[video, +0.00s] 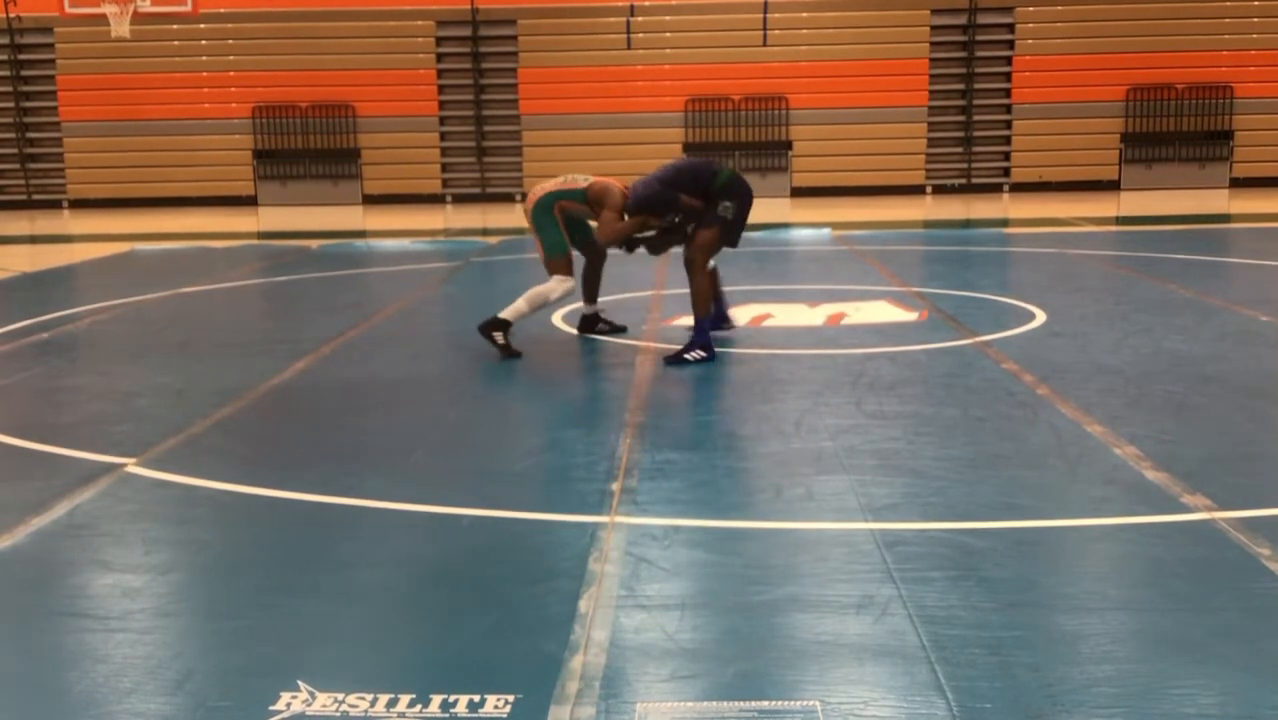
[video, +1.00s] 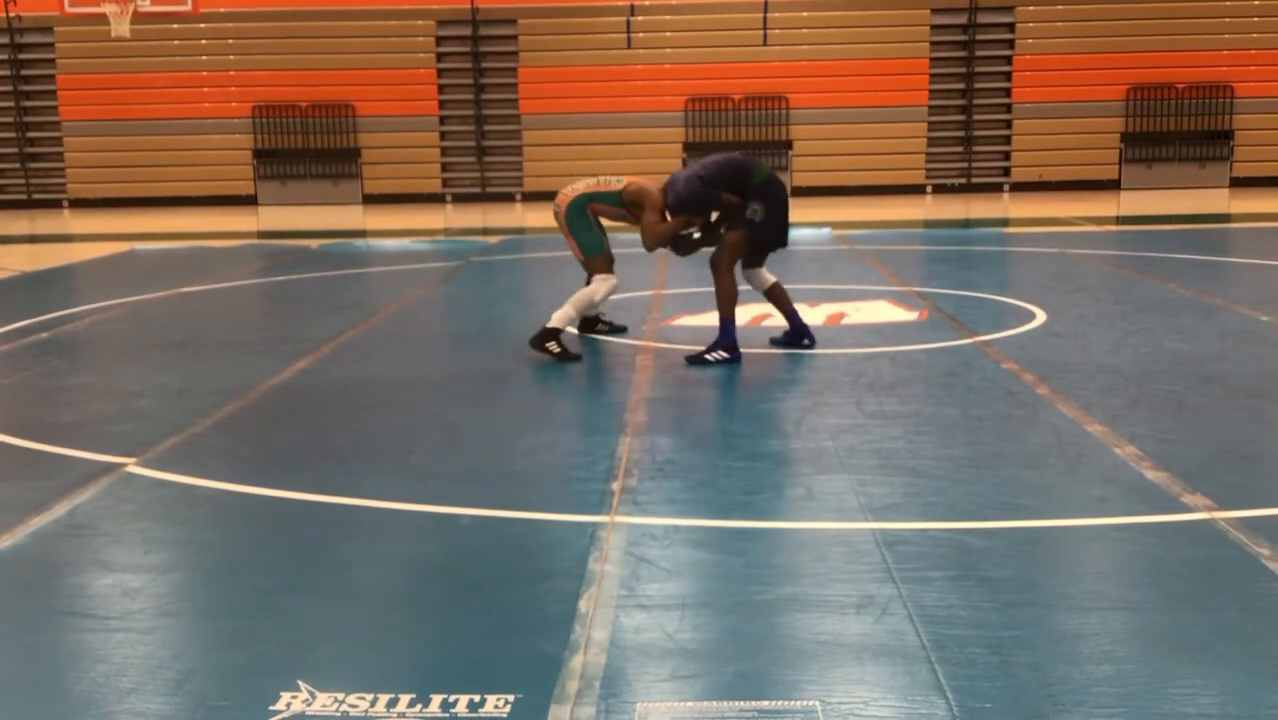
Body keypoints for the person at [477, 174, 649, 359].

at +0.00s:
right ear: (645, 207)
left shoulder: (621, 196)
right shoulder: (614, 195)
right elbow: (605, 236)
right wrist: (640, 222)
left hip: (567, 210)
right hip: (546, 208)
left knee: (597, 254)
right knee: (564, 283)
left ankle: (591, 319)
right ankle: (498, 325)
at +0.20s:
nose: (662, 214)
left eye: (667, 211)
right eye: (665, 211)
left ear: (645, 190)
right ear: (653, 204)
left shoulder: (629, 200)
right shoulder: (622, 194)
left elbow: (645, 253)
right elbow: (622, 224)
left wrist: (676, 234)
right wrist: (658, 211)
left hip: (560, 212)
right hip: (543, 210)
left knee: (590, 259)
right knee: (563, 288)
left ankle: (588, 319)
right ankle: (494, 328)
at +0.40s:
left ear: (650, 192)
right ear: (657, 199)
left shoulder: (634, 203)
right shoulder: (629, 189)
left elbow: (657, 254)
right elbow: (624, 221)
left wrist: (683, 233)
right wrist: (660, 211)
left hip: (574, 208)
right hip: (553, 201)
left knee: (599, 257)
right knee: (557, 281)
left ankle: (590, 319)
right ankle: (492, 328)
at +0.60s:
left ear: (655, 182)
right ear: (659, 184)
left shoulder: (640, 188)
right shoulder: (635, 181)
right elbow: (624, 216)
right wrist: (661, 206)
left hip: (582, 201)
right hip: (562, 194)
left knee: (603, 256)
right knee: (559, 275)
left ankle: (590, 318)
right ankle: (497, 323)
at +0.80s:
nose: (684, 208)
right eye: (686, 201)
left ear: (669, 179)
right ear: (677, 192)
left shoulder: (655, 190)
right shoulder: (649, 185)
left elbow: (670, 247)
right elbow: (642, 226)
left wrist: (697, 236)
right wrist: (679, 210)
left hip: (583, 198)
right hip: (569, 196)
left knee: (603, 260)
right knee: (593, 268)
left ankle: (590, 319)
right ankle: (543, 326)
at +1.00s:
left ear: (671, 190)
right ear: (678, 197)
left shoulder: (655, 200)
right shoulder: (651, 197)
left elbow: (679, 247)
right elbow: (651, 241)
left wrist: (704, 236)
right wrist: (685, 221)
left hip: (580, 206)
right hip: (573, 208)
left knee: (603, 266)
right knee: (605, 281)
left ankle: (589, 320)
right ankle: (548, 335)